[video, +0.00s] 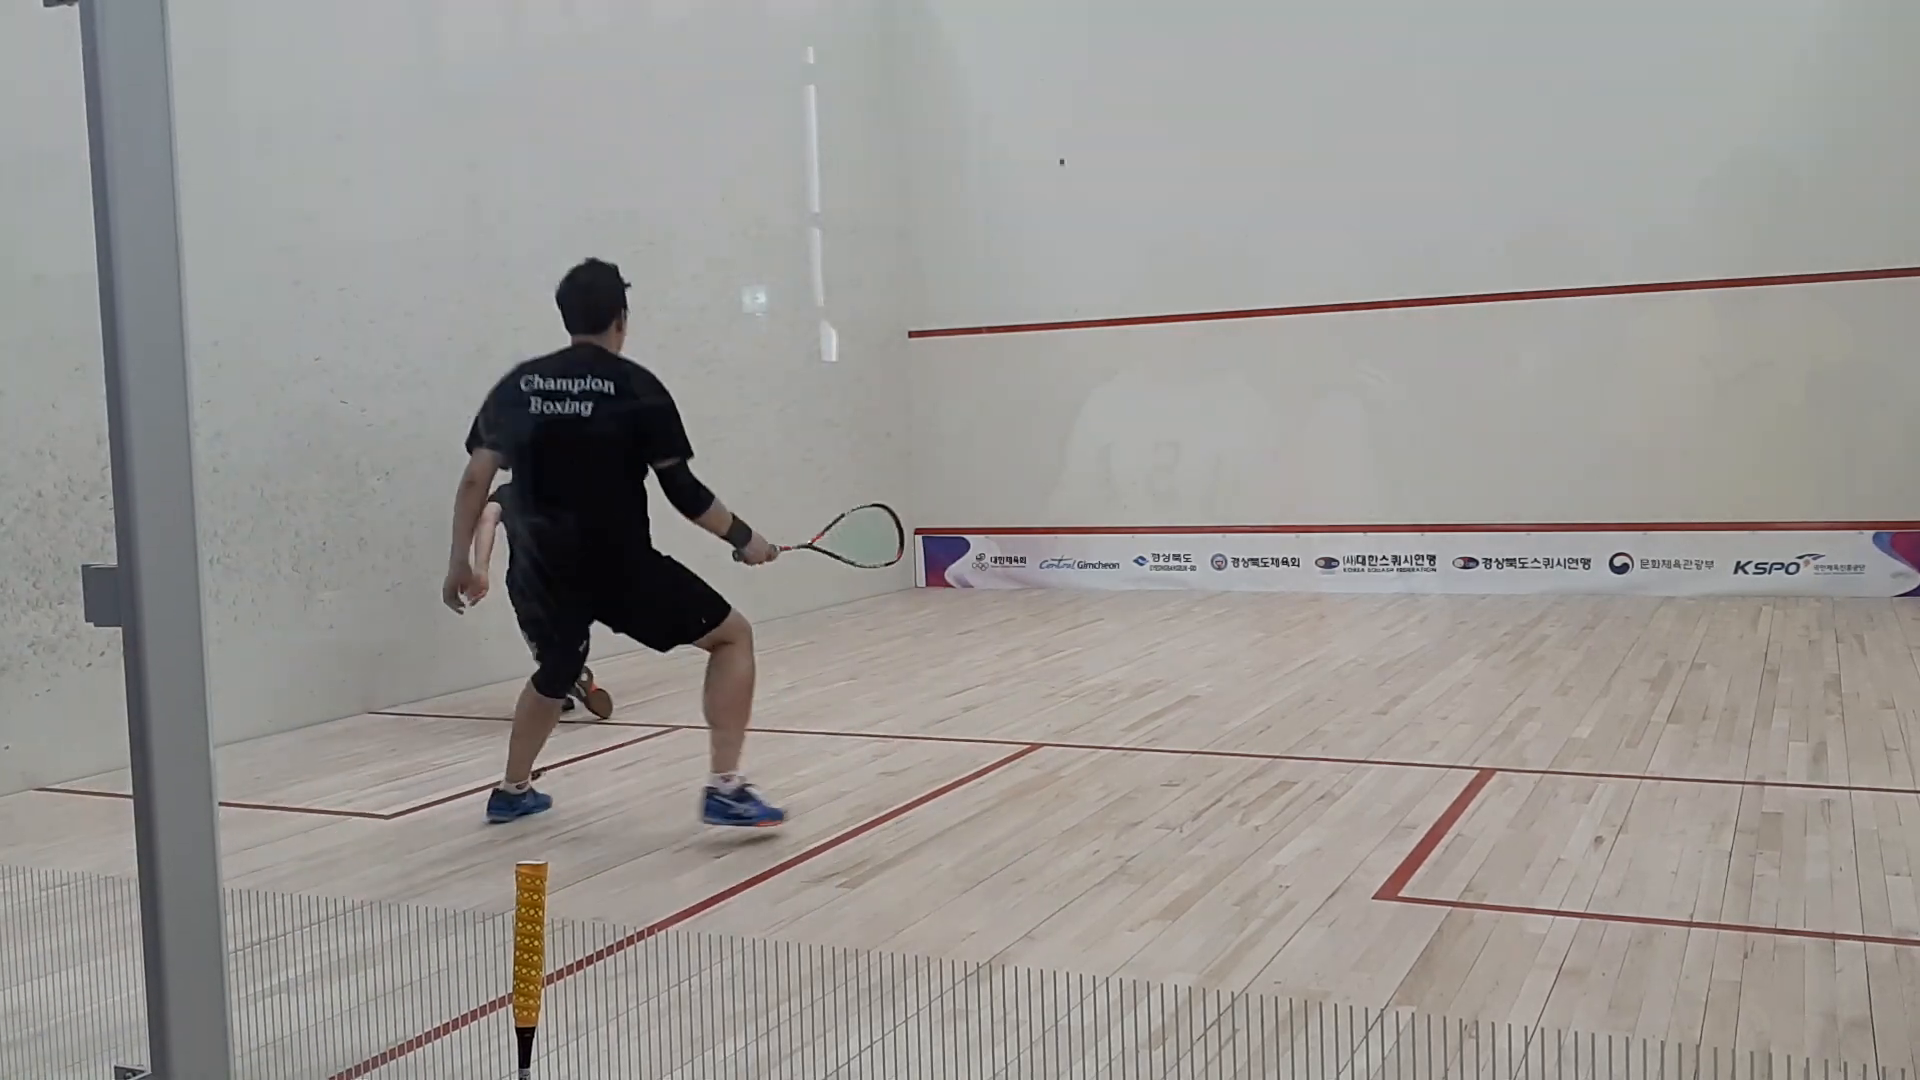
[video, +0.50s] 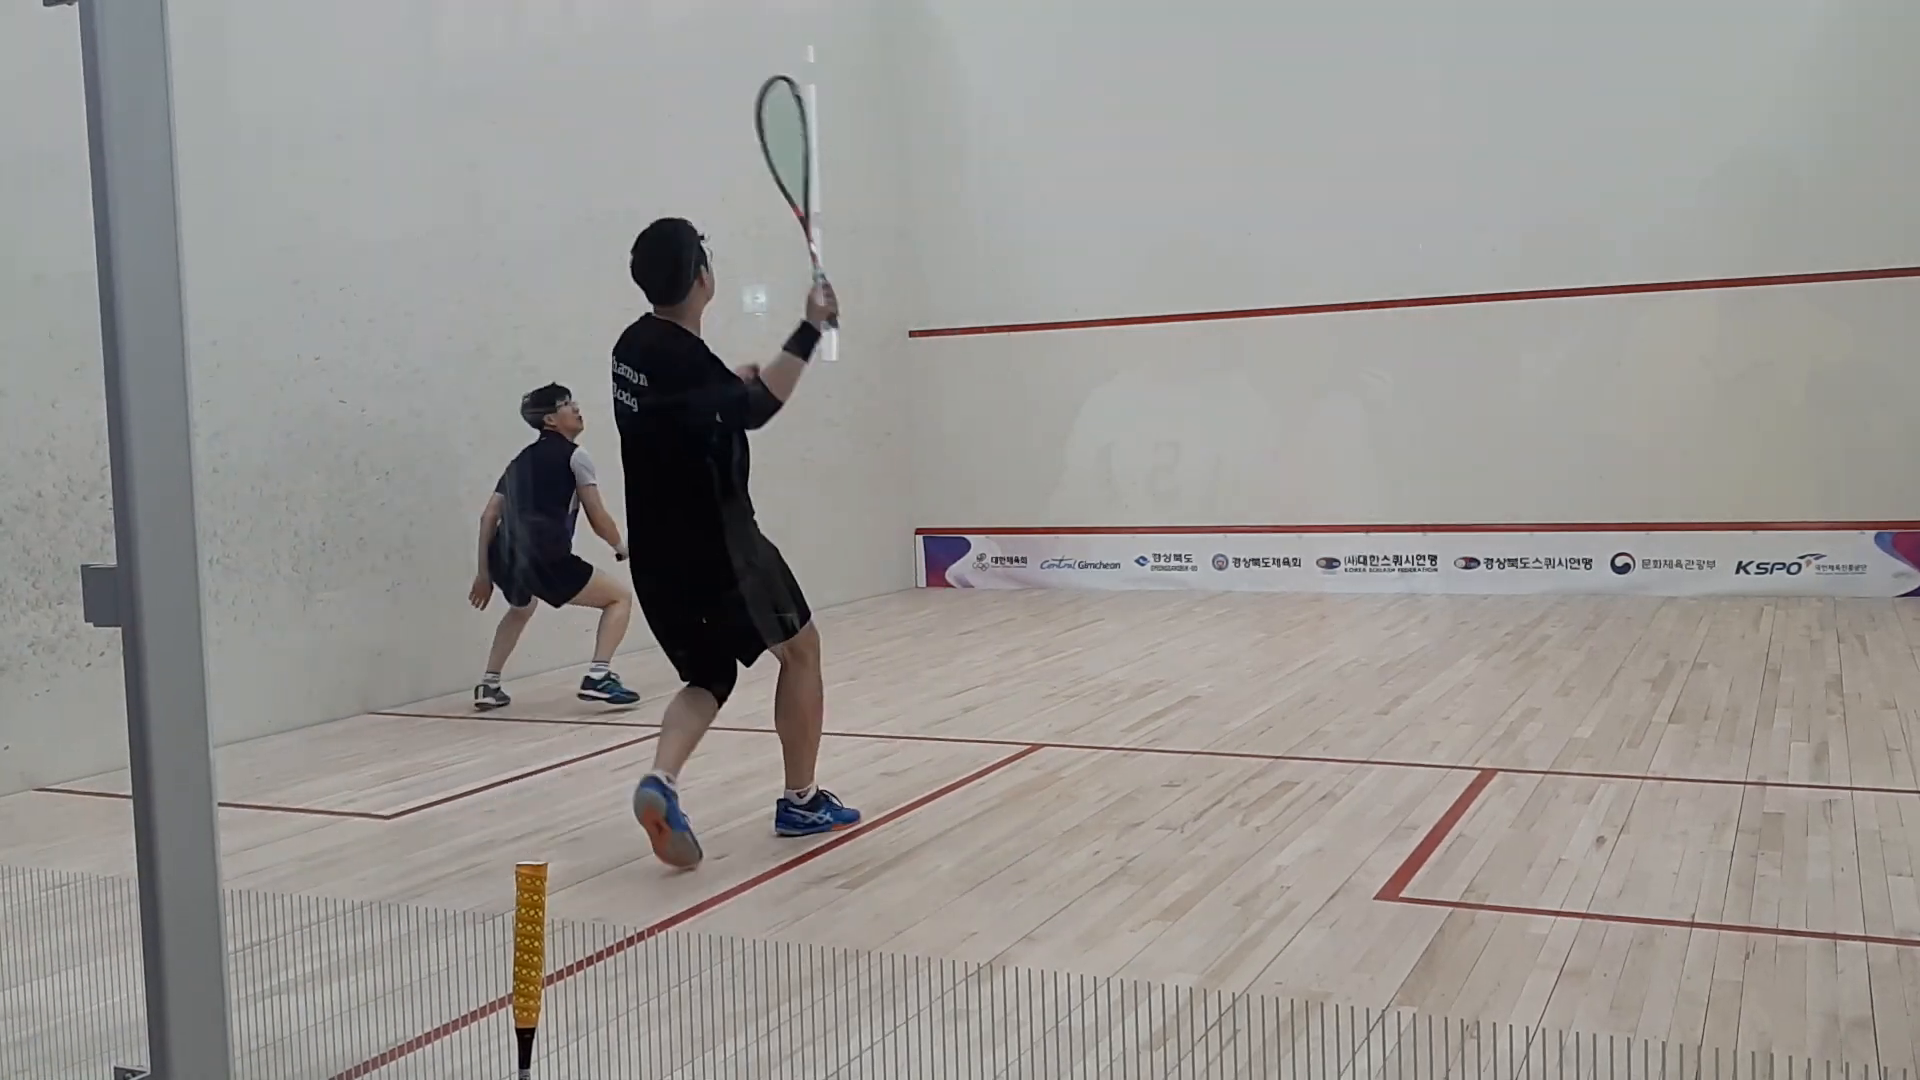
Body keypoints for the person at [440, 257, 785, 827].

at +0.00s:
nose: (627, 318)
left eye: (621, 310)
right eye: (626, 310)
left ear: (566, 319)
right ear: (620, 316)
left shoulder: (518, 383)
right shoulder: (639, 388)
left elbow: (474, 480)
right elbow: (681, 489)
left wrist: (458, 562)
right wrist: (744, 537)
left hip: (538, 571)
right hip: (618, 567)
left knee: (556, 669)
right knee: (732, 637)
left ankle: (512, 789)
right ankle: (727, 786)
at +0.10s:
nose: (663, 360)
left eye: (661, 352)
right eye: (661, 352)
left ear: (601, 361)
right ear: (654, 360)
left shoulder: (551, 425)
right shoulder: (663, 433)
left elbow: (510, 514)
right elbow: (686, 536)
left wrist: (495, 592)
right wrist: (757, 572)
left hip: (562, 596)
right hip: (632, 595)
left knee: (581, 674)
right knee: (758, 652)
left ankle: (510, 789)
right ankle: (794, 797)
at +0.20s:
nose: (704, 360)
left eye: (700, 351)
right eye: (702, 352)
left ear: (643, 361)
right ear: (696, 362)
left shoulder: (602, 419)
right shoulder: (701, 436)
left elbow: (559, 511)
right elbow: (725, 540)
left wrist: (556, 578)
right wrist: (799, 565)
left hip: (602, 595)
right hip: (673, 597)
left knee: (612, 680)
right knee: (791, 651)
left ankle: (518, 788)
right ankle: (798, 798)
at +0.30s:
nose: (724, 328)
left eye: (719, 318)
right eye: (720, 319)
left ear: (663, 333)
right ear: (713, 331)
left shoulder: (627, 394)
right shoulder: (719, 408)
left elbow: (592, 489)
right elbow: (758, 500)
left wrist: (623, 550)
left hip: (635, 581)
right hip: (708, 579)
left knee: (640, 672)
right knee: (807, 646)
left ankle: (542, 783)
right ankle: (800, 796)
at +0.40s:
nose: (725, 295)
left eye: (721, 285)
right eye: (721, 286)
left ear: (658, 299)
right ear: (714, 298)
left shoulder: (631, 363)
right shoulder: (711, 380)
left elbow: (645, 455)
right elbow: (763, 449)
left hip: (644, 552)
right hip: (713, 552)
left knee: (691, 659)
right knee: (808, 643)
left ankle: (604, 769)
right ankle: (800, 798)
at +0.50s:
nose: (711, 273)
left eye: (705, 262)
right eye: (707, 264)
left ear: (647, 282)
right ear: (701, 277)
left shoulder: (631, 347)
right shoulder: (689, 359)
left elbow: (677, 414)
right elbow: (756, 408)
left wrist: (733, 384)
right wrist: (812, 329)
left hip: (656, 548)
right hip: (722, 542)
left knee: (711, 669)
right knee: (800, 648)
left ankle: (660, 780)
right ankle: (801, 799)